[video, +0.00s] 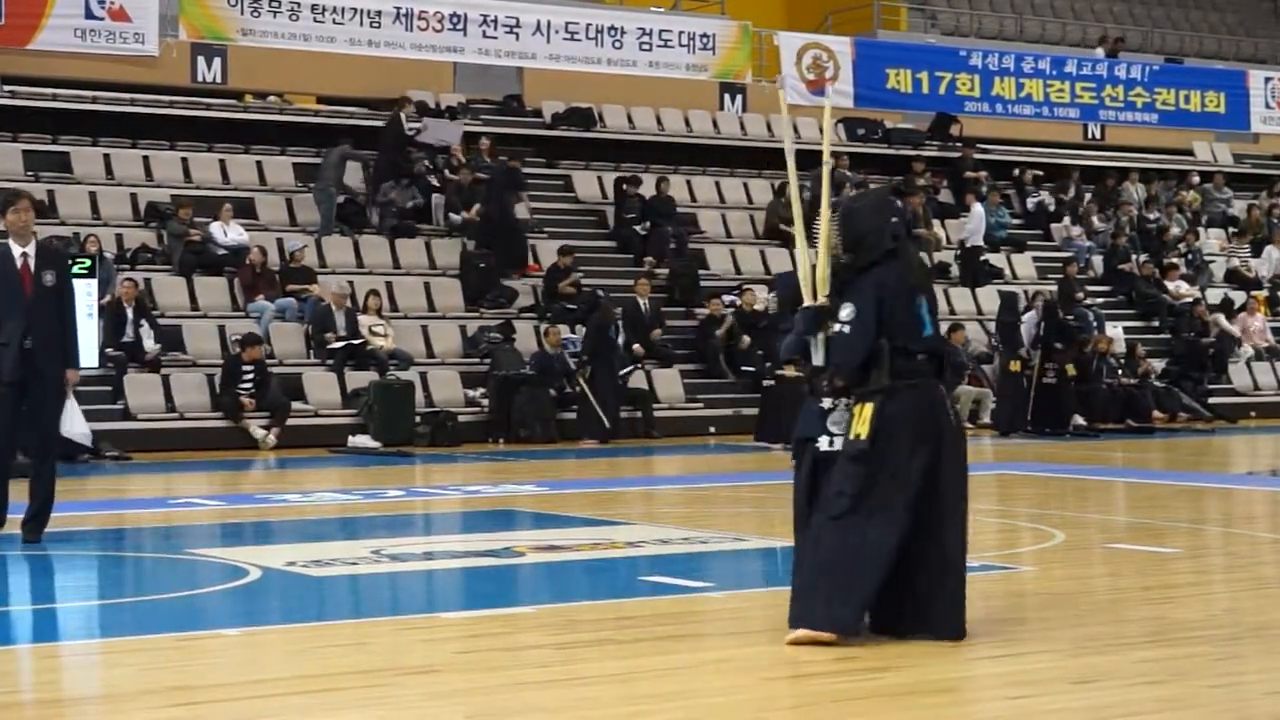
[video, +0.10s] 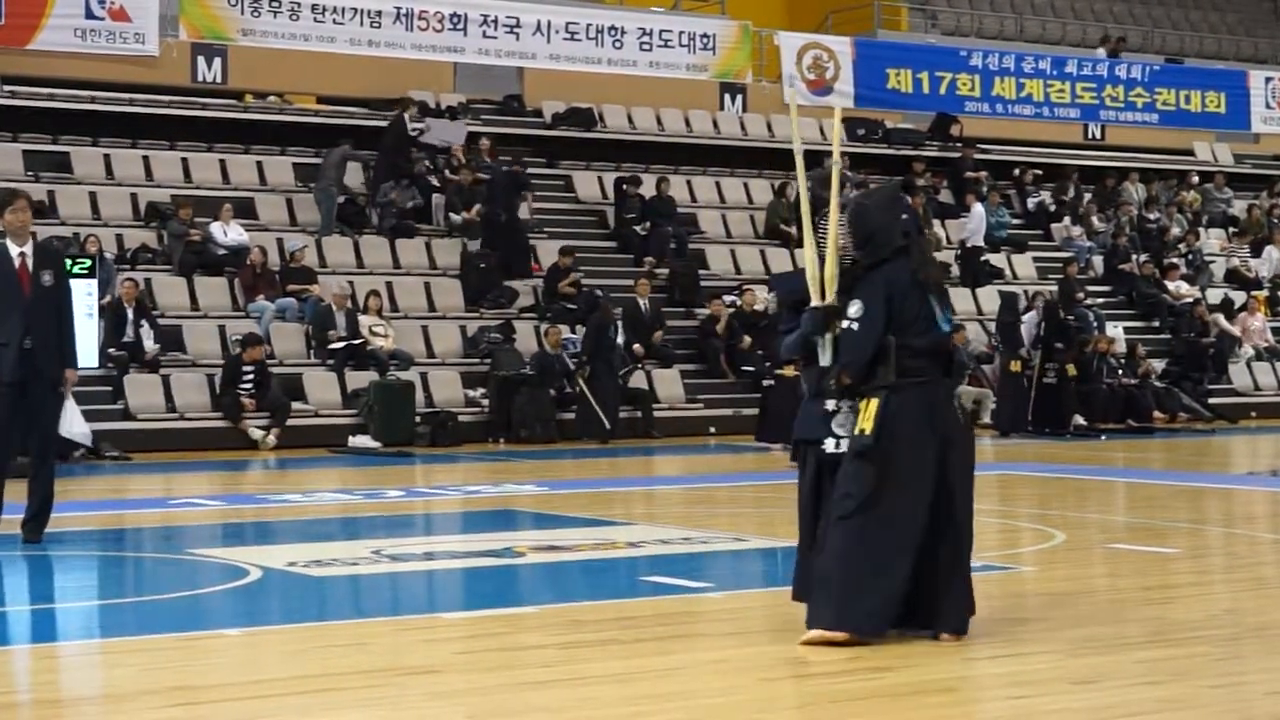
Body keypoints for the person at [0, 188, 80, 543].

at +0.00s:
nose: (23, 216)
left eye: (28, 211)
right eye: (16, 212)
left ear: (35, 216)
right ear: (4, 219)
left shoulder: (54, 257)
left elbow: (67, 313)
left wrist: (72, 362)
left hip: (46, 364)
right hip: (6, 365)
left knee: (44, 446)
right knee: (3, 445)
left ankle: (34, 525)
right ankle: (1, 513)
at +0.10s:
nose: (19, 216)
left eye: (24, 210)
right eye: (13, 211)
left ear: (33, 216)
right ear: (2, 219)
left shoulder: (51, 256)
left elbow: (64, 313)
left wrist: (69, 362)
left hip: (45, 365)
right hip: (7, 366)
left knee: (43, 449)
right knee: (4, 448)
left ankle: (34, 525)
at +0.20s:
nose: (17, 216)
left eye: (22, 210)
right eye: (10, 210)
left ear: (30, 216)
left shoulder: (46, 258)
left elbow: (59, 313)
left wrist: (65, 362)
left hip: (41, 365)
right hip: (4, 366)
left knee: (40, 447)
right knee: (4, 445)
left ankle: (34, 523)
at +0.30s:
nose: (14, 214)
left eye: (18, 208)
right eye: (7, 208)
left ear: (26, 213)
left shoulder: (41, 255)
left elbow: (55, 312)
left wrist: (61, 361)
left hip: (36, 363)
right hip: (3, 363)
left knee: (37, 446)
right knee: (5, 445)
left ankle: (32, 524)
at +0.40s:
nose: (9, 213)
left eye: (13, 207)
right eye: (4, 208)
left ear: (21, 211)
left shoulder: (37, 254)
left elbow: (50, 313)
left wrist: (56, 362)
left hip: (32, 363)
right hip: (4, 363)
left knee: (32, 447)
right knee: (16, 447)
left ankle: (30, 524)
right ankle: (25, 521)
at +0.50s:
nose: (6, 212)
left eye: (10, 206)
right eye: (1, 207)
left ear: (18, 211)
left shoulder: (33, 253)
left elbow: (46, 313)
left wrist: (52, 362)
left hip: (29, 362)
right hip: (2, 362)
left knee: (30, 446)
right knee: (14, 447)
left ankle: (27, 523)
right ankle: (22, 520)